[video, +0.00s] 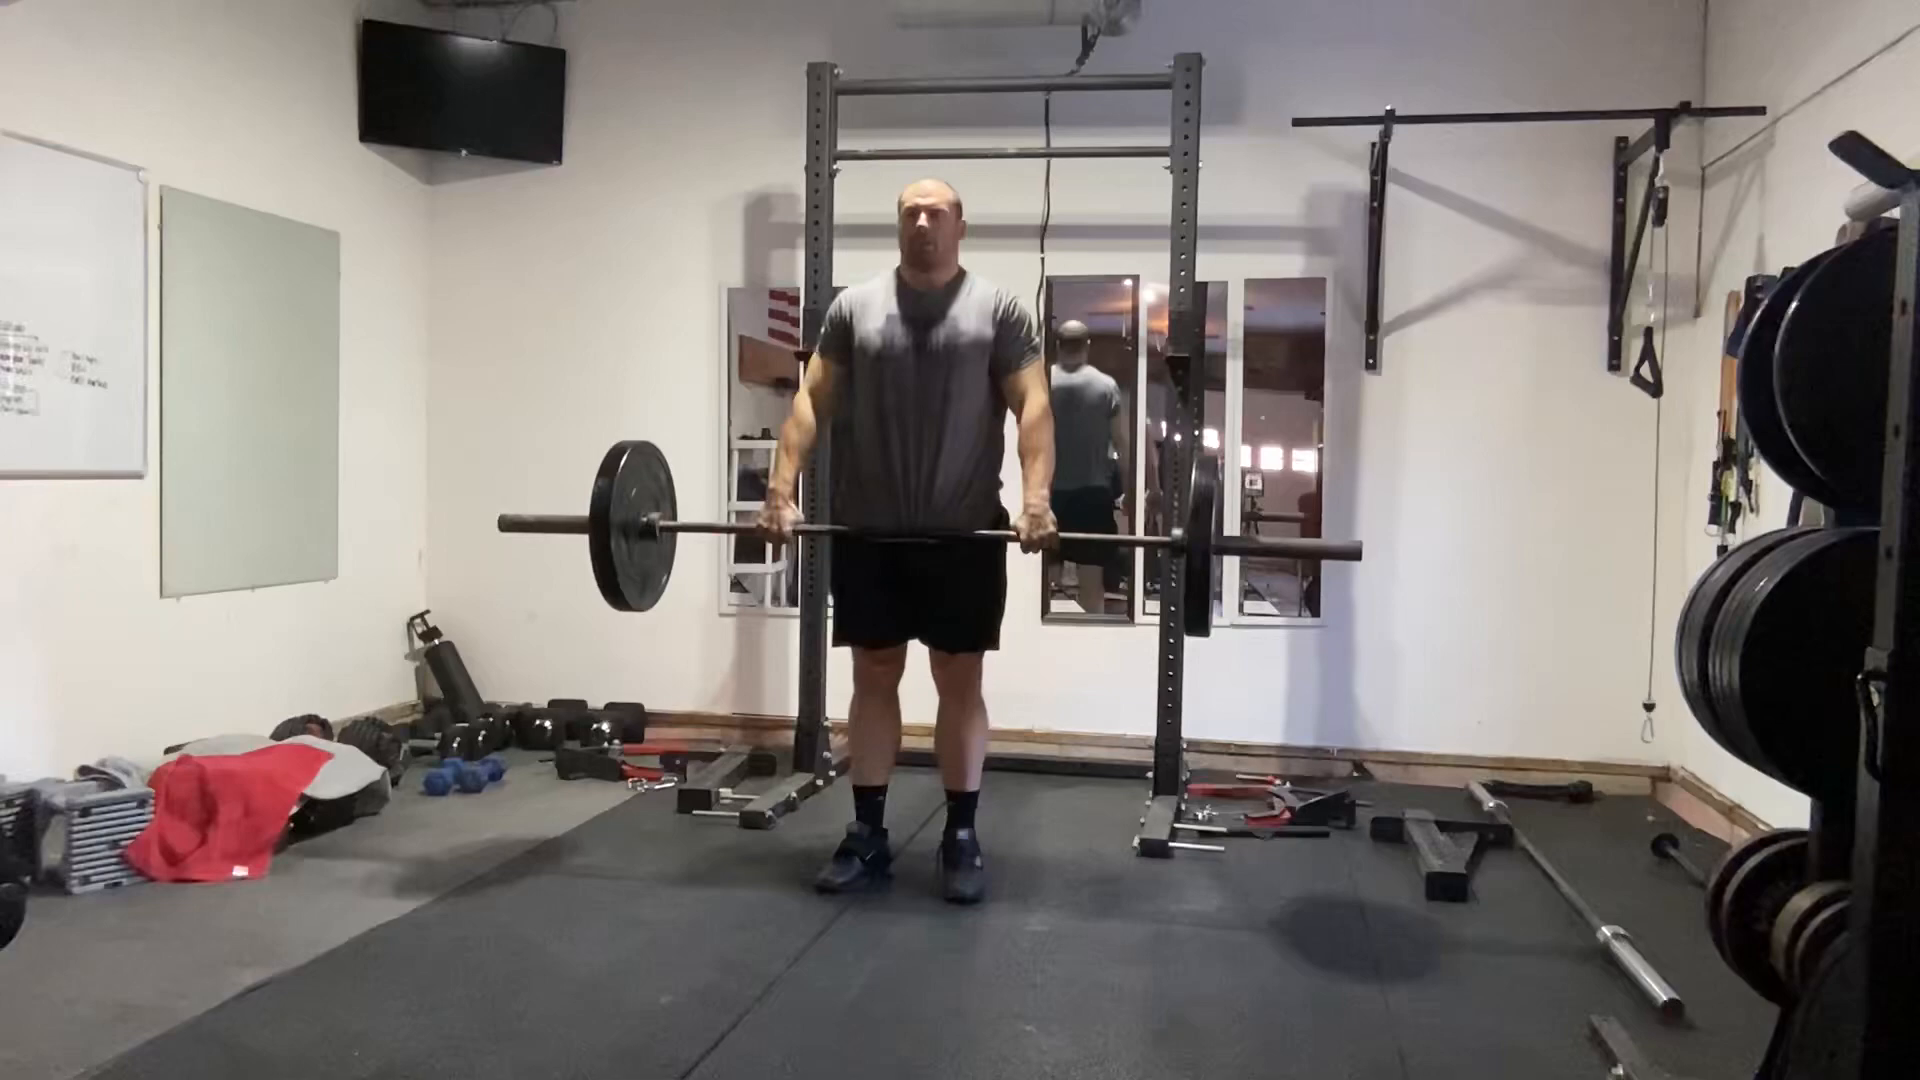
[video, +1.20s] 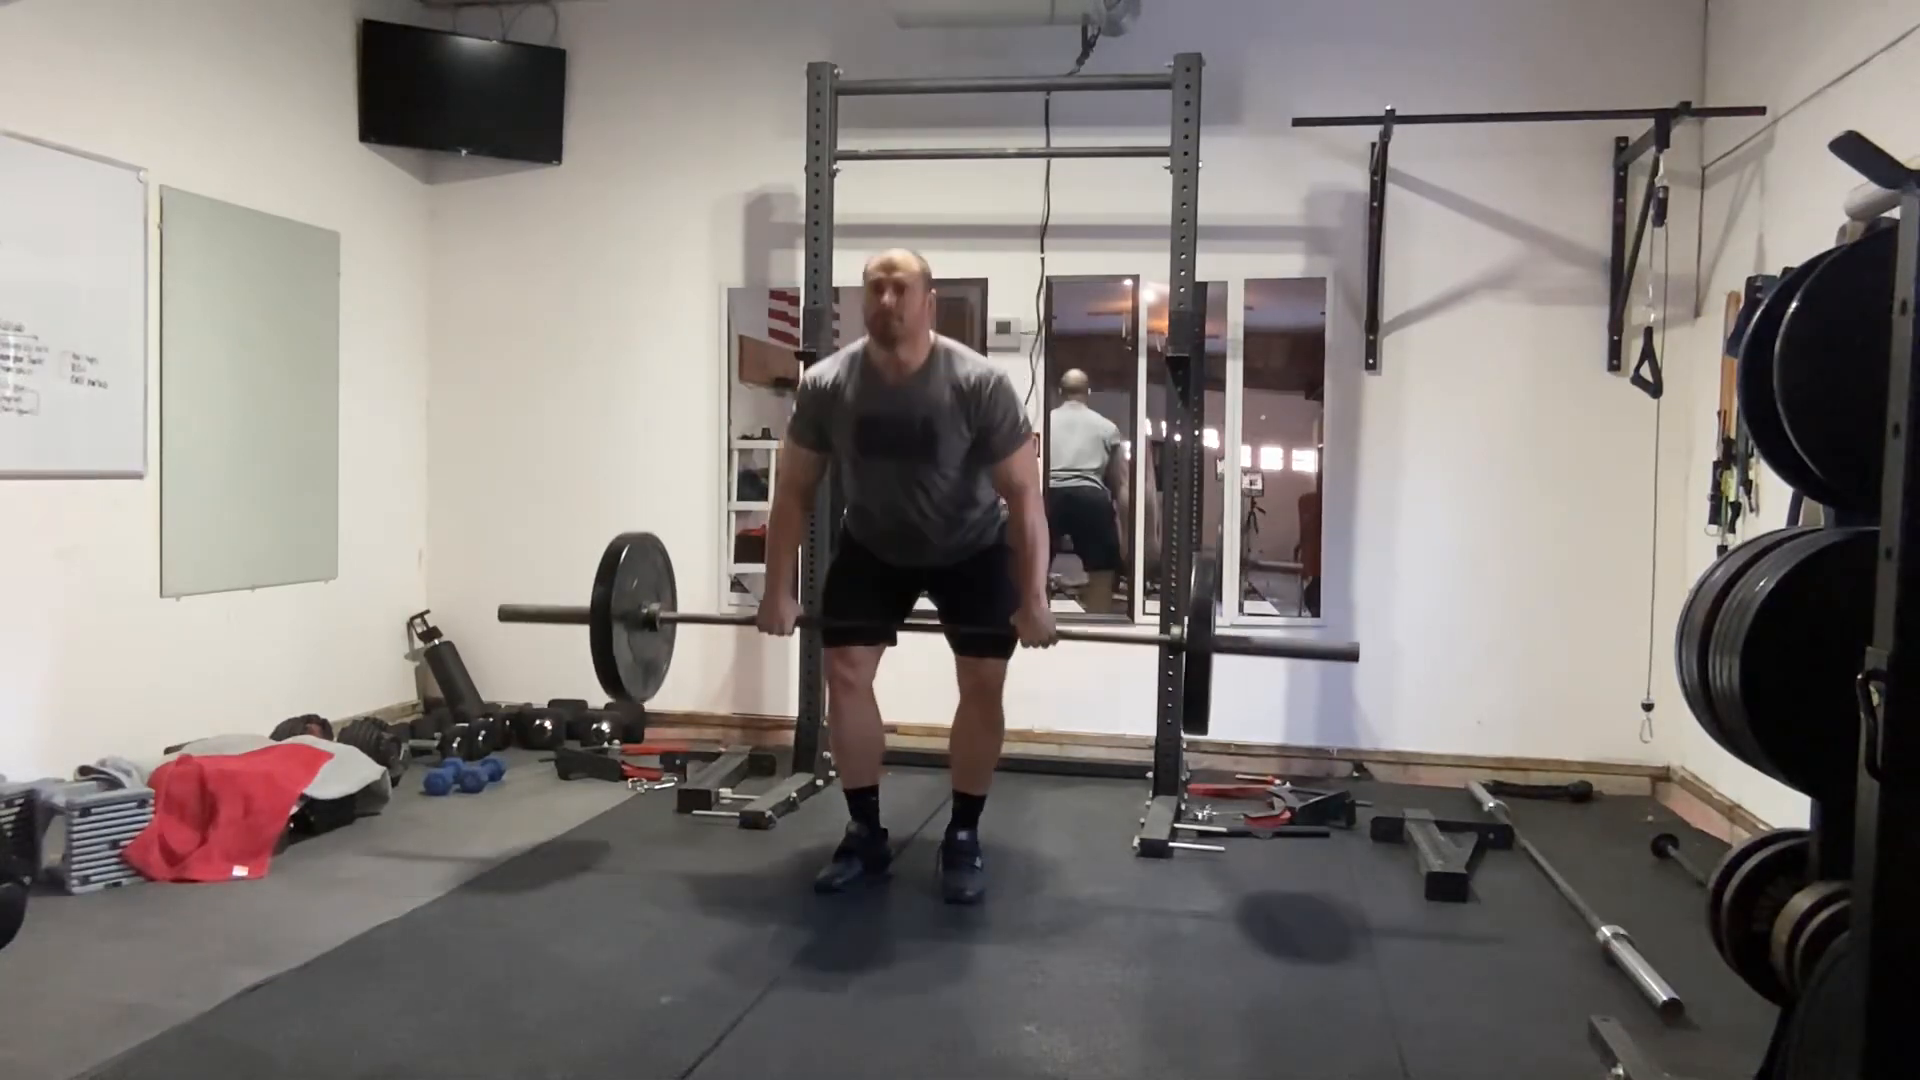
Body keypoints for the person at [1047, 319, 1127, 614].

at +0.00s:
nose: (1072, 350)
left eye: (1068, 345)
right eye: (1076, 344)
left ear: (1058, 345)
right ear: (1087, 345)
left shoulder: (1042, 384)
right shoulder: (1106, 385)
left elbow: (1031, 440)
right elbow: (1122, 442)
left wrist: (1033, 488)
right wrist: (1128, 491)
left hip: (1052, 489)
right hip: (1094, 490)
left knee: (1047, 568)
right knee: (1090, 572)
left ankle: (1039, 637)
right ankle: (1094, 639)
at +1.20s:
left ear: (1060, 392)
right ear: (1088, 392)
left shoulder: (1044, 421)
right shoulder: (1106, 427)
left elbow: (1032, 466)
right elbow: (1119, 482)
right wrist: (1127, 537)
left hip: (1051, 498)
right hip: (1091, 499)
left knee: (1036, 565)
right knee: (1101, 571)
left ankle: (1033, 633)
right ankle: (1097, 640)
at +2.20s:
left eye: (1060, 352)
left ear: (1055, 353)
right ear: (1086, 353)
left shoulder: (1041, 395)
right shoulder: (1104, 397)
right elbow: (1121, 413)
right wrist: (1127, 386)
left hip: (1049, 495)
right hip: (1090, 495)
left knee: (1045, 577)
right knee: (1089, 578)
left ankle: (1038, 645)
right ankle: (1096, 644)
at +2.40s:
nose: (1072, 355)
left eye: (1066, 350)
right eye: (1079, 349)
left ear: (1057, 351)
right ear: (1088, 351)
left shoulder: (1042, 392)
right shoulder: (1105, 393)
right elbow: (1132, 402)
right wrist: (1130, 382)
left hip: (1051, 493)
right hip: (1091, 492)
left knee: (1046, 574)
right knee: (1088, 572)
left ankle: (1038, 641)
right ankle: (1097, 638)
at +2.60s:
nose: (1074, 375)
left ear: (1057, 368)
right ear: (1086, 367)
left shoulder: (1042, 409)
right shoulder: (1105, 411)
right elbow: (1124, 431)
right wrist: (1125, 404)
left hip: (1051, 509)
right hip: (1094, 509)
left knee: (1038, 580)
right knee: (1105, 583)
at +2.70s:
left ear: (1056, 386)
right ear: (1086, 385)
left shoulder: (1041, 427)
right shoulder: (1107, 430)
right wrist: (1125, 425)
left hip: (1050, 523)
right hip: (1093, 523)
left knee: (1034, 589)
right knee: (1107, 589)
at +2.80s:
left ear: (1057, 401)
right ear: (1085, 400)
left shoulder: (1041, 438)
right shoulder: (1106, 440)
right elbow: (1121, 480)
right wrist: (1126, 437)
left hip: (1050, 532)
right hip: (1093, 532)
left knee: (1034, 594)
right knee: (1103, 595)